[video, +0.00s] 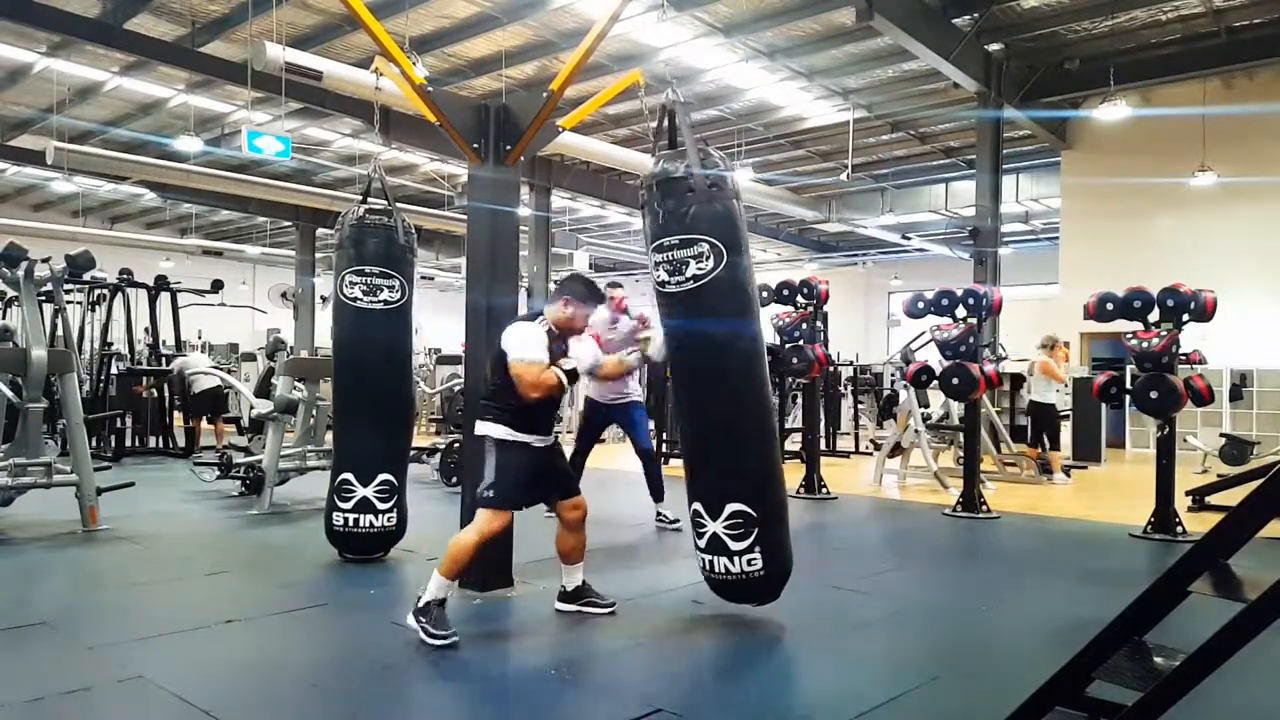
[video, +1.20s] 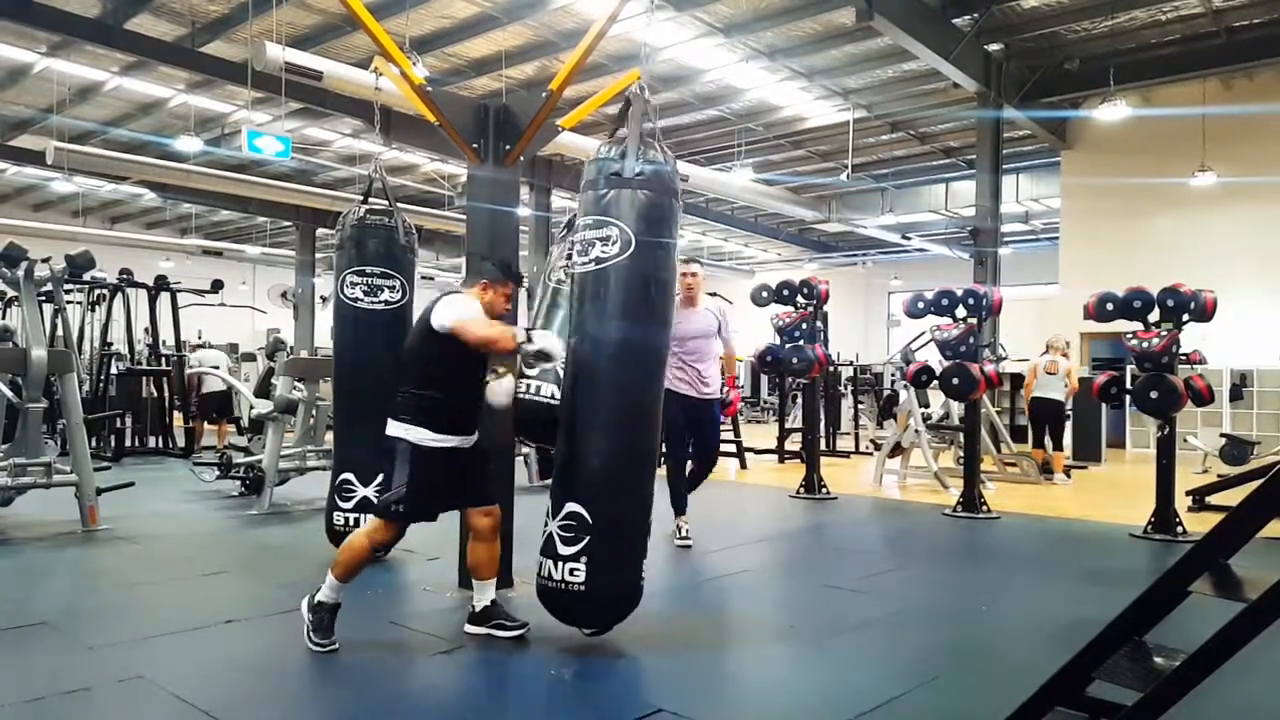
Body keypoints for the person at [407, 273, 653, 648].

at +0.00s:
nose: (588, 324)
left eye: (591, 318)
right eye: (586, 316)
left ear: (570, 308)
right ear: (565, 305)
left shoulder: (571, 342)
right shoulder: (523, 333)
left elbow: (604, 369)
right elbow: (532, 387)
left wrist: (638, 355)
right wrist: (574, 368)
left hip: (544, 444)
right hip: (504, 442)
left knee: (574, 511)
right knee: (492, 522)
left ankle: (572, 590)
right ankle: (429, 603)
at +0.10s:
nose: (563, 324)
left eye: (566, 318)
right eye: (560, 315)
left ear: (552, 313)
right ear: (540, 307)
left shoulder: (546, 344)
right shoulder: (498, 339)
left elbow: (582, 377)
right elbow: (524, 391)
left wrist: (622, 361)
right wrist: (554, 356)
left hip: (533, 453)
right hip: (490, 452)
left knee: (570, 515)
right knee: (469, 529)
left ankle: (573, 589)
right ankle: (394, 595)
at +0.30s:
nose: (522, 310)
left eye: (527, 304)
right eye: (520, 301)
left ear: (513, 298)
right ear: (500, 289)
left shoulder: (509, 329)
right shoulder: (449, 322)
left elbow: (539, 358)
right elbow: (467, 373)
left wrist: (557, 353)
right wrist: (508, 343)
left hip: (488, 441)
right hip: (437, 441)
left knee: (520, 513)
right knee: (410, 524)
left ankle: (524, 580)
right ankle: (367, 605)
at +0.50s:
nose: (486, 309)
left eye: (490, 304)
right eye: (482, 301)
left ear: (487, 300)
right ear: (461, 291)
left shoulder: (482, 324)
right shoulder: (410, 324)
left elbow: (525, 351)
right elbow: (422, 374)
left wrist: (556, 343)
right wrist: (465, 341)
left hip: (456, 448)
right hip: (402, 448)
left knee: (487, 520)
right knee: (366, 529)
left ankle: (481, 586)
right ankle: (312, 608)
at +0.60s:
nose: (472, 317)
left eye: (474, 308)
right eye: (467, 306)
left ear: (448, 299)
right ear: (441, 295)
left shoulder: (455, 339)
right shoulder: (388, 328)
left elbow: (459, 388)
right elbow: (393, 384)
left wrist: (487, 383)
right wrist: (446, 364)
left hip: (438, 451)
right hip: (383, 453)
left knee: (478, 522)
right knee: (348, 540)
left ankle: (479, 583)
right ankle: (306, 614)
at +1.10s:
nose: (490, 303)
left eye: (493, 295)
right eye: (488, 293)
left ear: (469, 287)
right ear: (463, 283)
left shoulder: (467, 326)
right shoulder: (421, 310)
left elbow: (470, 378)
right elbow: (402, 355)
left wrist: (512, 367)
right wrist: (458, 370)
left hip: (445, 442)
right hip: (400, 440)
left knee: (474, 520)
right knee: (366, 530)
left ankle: (482, 608)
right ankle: (316, 605)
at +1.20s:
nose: (508, 308)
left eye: (510, 300)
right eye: (505, 298)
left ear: (491, 292)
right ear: (486, 288)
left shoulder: (481, 322)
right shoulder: (456, 305)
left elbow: (458, 369)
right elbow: (480, 335)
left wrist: (490, 384)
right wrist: (526, 339)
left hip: (462, 442)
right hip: (418, 441)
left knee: (486, 522)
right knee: (383, 532)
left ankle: (484, 609)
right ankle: (323, 601)